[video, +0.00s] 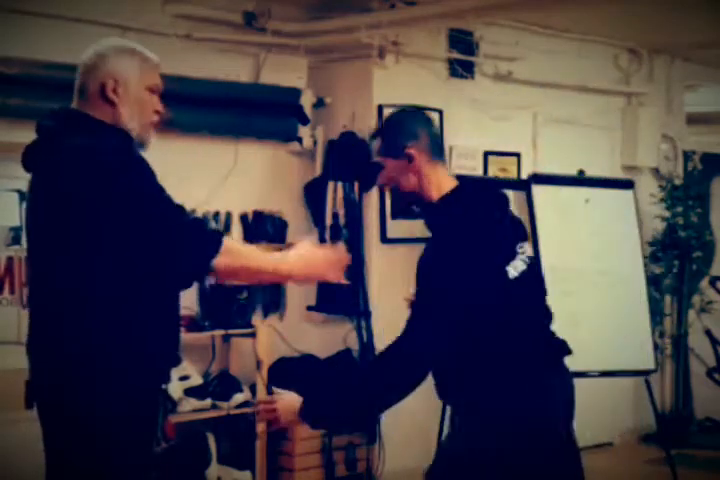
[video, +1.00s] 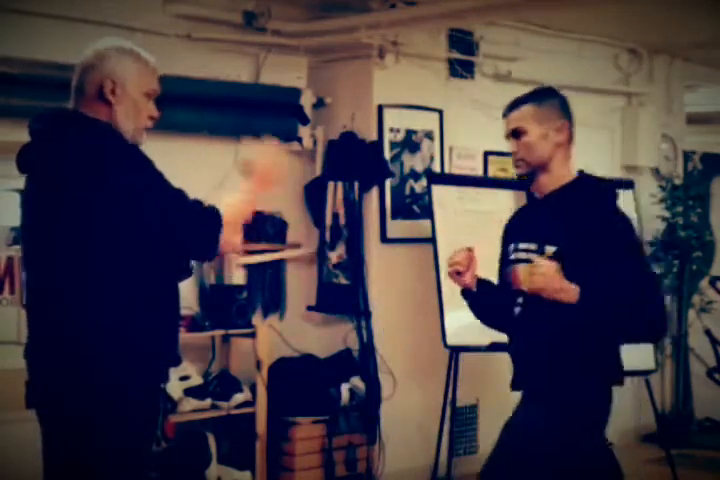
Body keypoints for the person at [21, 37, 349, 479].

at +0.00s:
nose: (161, 109)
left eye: (159, 96)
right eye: (154, 93)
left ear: (110, 92)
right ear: (112, 91)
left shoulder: (63, 157)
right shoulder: (104, 160)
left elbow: (178, 245)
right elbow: (194, 250)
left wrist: (277, 262)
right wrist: (290, 265)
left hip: (71, 382)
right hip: (109, 390)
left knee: (78, 472)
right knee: (118, 471)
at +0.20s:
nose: (151, 101)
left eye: (148, 89)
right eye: (142, 86)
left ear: (100, 90)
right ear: (101, 89)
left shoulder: (61, 152)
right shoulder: (94, 154)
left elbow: (125, 255)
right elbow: (191, 227)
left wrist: (181, 212)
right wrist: (291, 185)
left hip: (74, 380)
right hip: (108, 387)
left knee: (80, 471)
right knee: (115, 470)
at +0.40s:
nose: (143, 99)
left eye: (142, 86)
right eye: (134, 83)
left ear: (92, 89)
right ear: (93, 88)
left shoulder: (53, 156)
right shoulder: (92, 158)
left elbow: (115, 258)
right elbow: (196, 234)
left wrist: (179, 223)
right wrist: (297, 224)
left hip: (70, 377)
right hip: (110, 384)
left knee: (78, 473)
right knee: (118, 471)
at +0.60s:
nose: (143, 101)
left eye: (141, 88)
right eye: (134, 85)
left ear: (93, 90)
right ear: (95, 89)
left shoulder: (51, 157)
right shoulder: (95, 160)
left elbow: (111, 254)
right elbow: (190, 248)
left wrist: (180, 228)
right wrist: (288, 256)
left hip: (68, 378)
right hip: (111, 384)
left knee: (75, 471)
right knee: (117, 470)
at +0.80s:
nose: (145, 104)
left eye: (143, 91)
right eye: (137, 88)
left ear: (96, 90)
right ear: (98, 89)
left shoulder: (52, 153)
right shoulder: (93, 155)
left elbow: (115, 246)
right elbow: (188, 244)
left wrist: (180, 223)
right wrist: (290, 253)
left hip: (68, 376)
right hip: (110, 383)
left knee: (76, 472)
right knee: (116, 471)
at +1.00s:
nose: (155, 114)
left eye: (155, 101)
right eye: (149, 98)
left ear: (112, 92)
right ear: (112, 92)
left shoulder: (55, 154)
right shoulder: (106, 155)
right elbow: (188, 230)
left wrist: (212, 239)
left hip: (68, 374)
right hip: (113, 379)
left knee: (74, 471)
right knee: (118, 470)